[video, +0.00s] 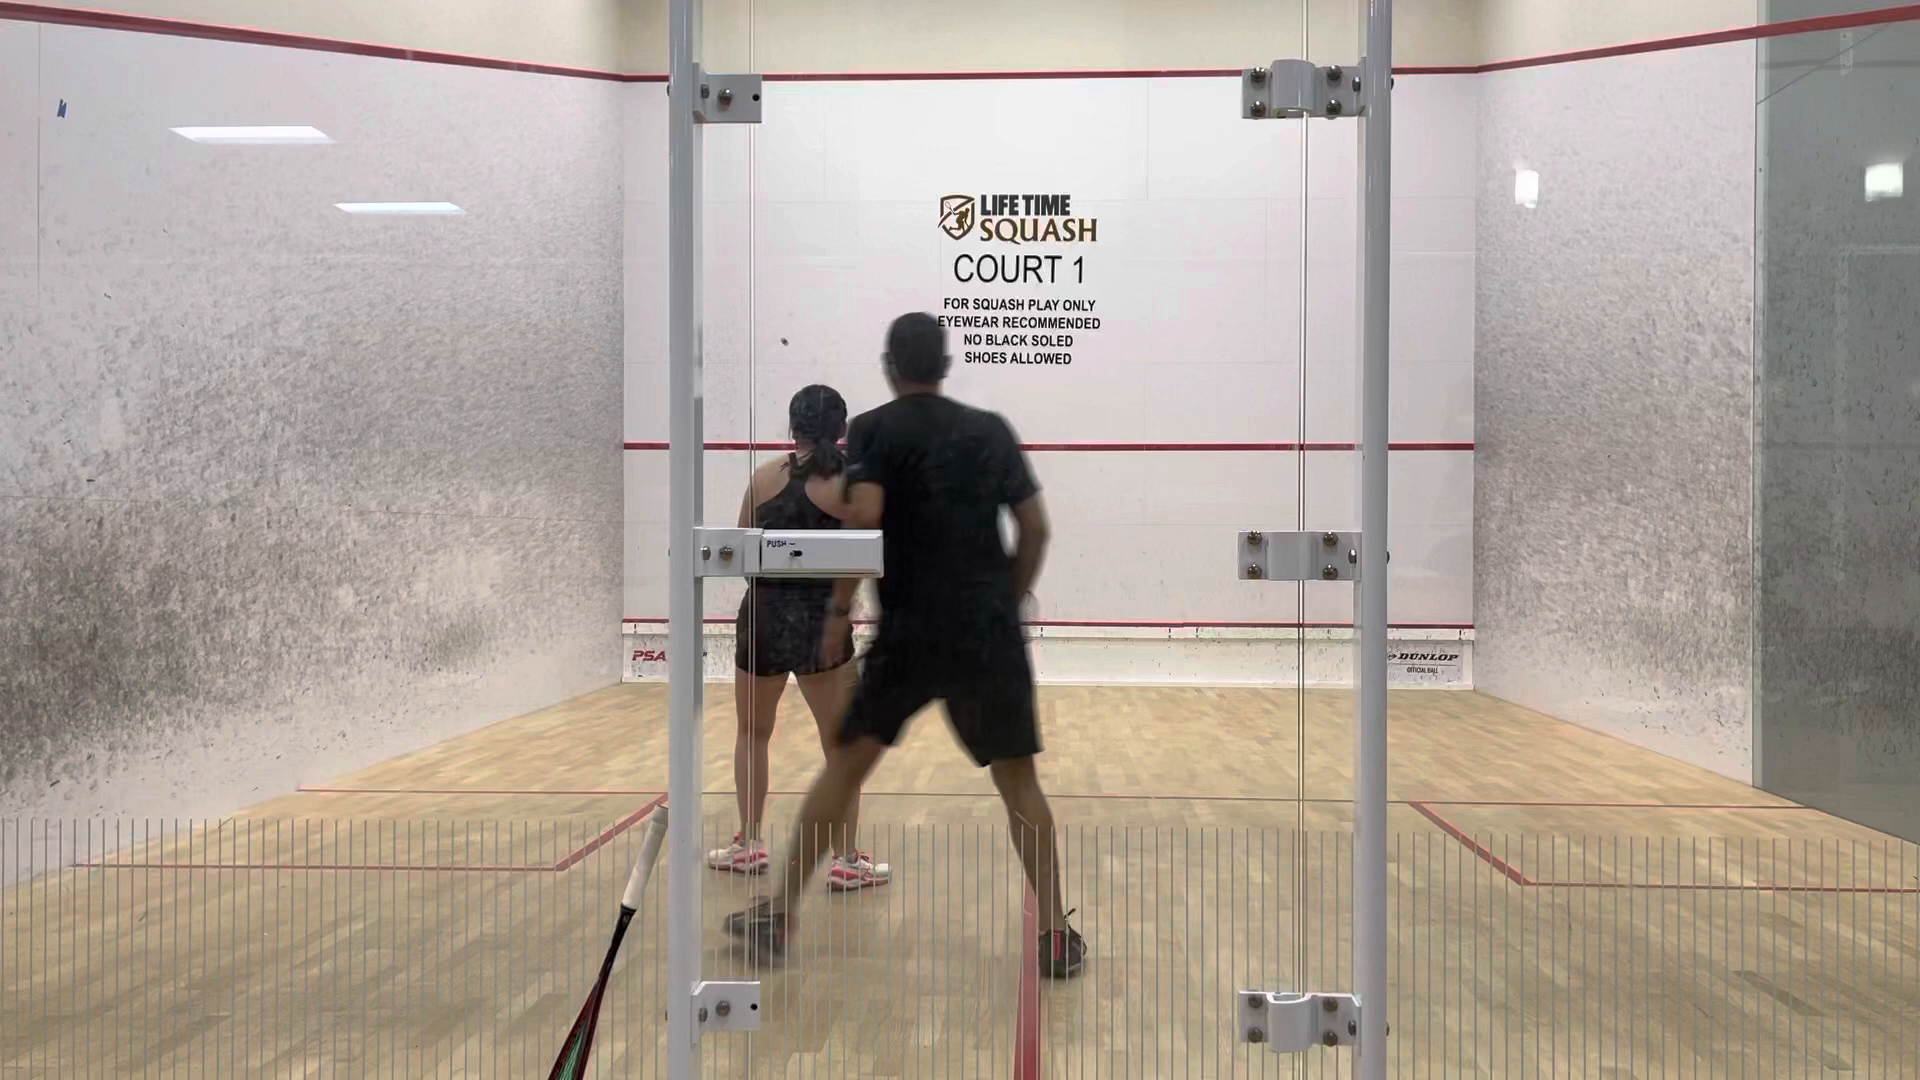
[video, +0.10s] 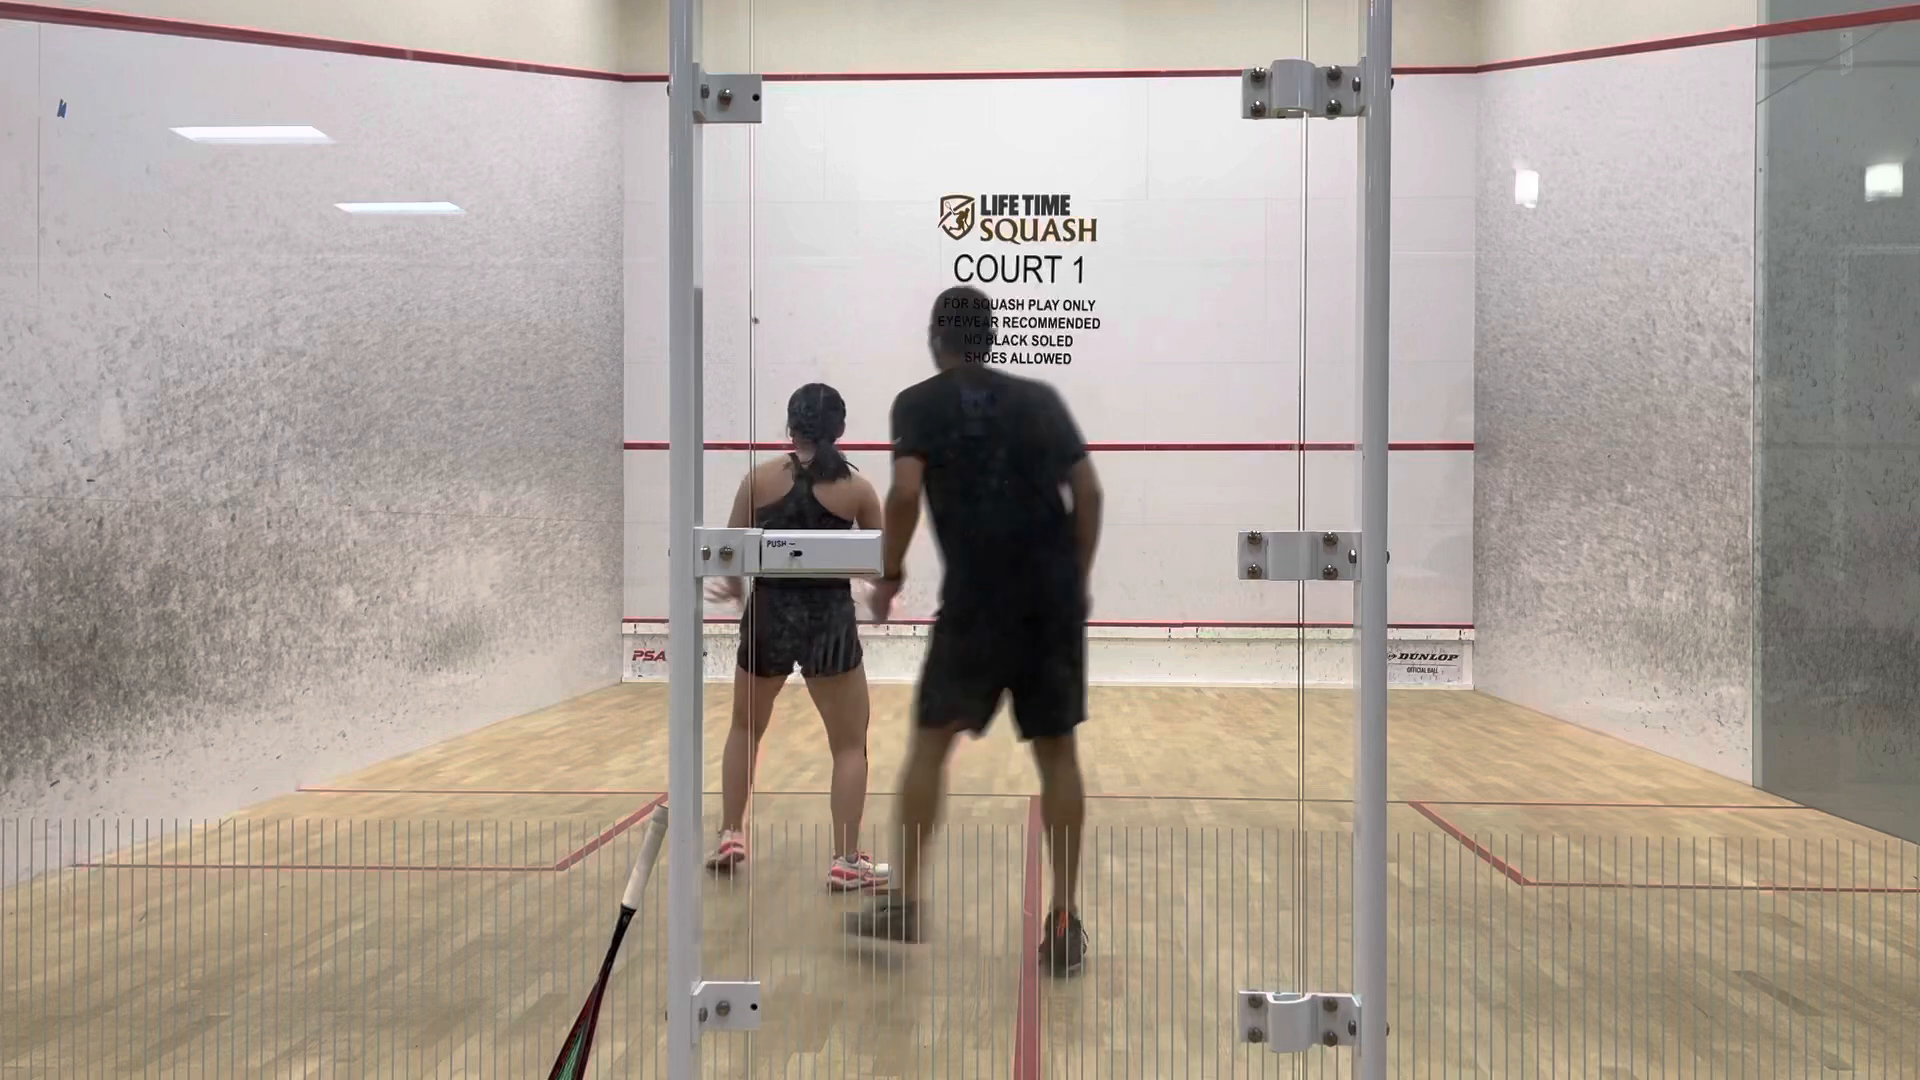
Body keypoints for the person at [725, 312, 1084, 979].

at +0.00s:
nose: (889, 371)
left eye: (888, 361)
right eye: (908, 358)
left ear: (891, 365)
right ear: (945, 364)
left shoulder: (876, 429)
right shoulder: (990, 430)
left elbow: (865, 512)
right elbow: (1035, 529)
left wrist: (823, 486)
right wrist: (1011, 595)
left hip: (910, 634)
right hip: (988, 635)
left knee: (846, 764)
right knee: (1020, 780)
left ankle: (777, 913)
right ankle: (1055, 933)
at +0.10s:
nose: (941, 346)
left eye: (939, 335)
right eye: (954, 332)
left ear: (935, 340)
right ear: (991, 339)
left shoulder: (919, 403)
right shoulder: (1041, 398)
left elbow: (906, 497)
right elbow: (1089, 494)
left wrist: (889, 576)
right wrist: (1074, 577)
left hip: (974, 607)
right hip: (1053, 605)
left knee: (929, 747)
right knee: (1057, 753)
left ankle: (905, 900)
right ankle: (1065, 919)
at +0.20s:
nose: (993, 326)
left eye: (986, 314)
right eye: (1007, 310)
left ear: (979, 321)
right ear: (1033, 316)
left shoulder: (962, 386)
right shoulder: (1086, 374)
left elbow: (948, 483)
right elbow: (1140, 469)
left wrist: (942, 540)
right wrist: (1137, 561)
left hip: (1024, 585)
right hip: (1103, 580)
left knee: (1015, 735)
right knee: (1109, 732)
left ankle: (1032, 893)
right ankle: (1119, 892)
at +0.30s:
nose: (1046, 339)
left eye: (1039, 328)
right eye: (1066, 325)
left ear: (1030, 335)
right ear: (1087, 333)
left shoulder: (1010, 403)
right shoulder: (1134, 394)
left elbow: (1004, 503)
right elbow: (1194, 493)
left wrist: (998, 565)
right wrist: (1200, 586)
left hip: (1066, 612)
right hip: (1147, 604)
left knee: (1083, 765)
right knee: (1184, 749)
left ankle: (1112, 923)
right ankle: (1219, 898)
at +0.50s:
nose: (1134, 364)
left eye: (1136, 354)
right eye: (1137, 353)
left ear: (1150, 359)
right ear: (1200, 358)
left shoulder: (1124, 430)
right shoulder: (1251, 424)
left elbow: (1108, 537)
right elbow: (1295, 526)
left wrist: (1120, 602)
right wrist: (1317, 616)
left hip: (1165, 635)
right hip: (1251, 630)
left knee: (1142, 777)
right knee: (1310, 768)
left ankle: (1122, 929)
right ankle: (1352, 919)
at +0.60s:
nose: (1194, 357)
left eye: (1197, 349)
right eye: (1199, 348)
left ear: (1209, 354)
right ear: (1259, 353)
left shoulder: (1181, 422)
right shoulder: (1309, 416)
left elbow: (1157, 523)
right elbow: (1345, 518)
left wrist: (1172, 589)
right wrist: (1358, 602)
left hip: (1228, 620)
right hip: (1313, 615)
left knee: (1192, 758)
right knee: (1339, 761)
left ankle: (1149, 883)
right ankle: (1354, 915)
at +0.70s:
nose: (1245, 350)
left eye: (1247, 341)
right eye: (1253, 341)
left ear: (1257, 344)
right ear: (1311, 342)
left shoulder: (1228, 410)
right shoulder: (1353, 406)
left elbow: (1198, 506)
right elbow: (1397, 510)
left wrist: (1216, 580)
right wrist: (1431, 600)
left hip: (1267, 605)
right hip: (1348, 604)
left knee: (1255, 735)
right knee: (1358, 760)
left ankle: (1216, 859)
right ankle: (1355, 914)